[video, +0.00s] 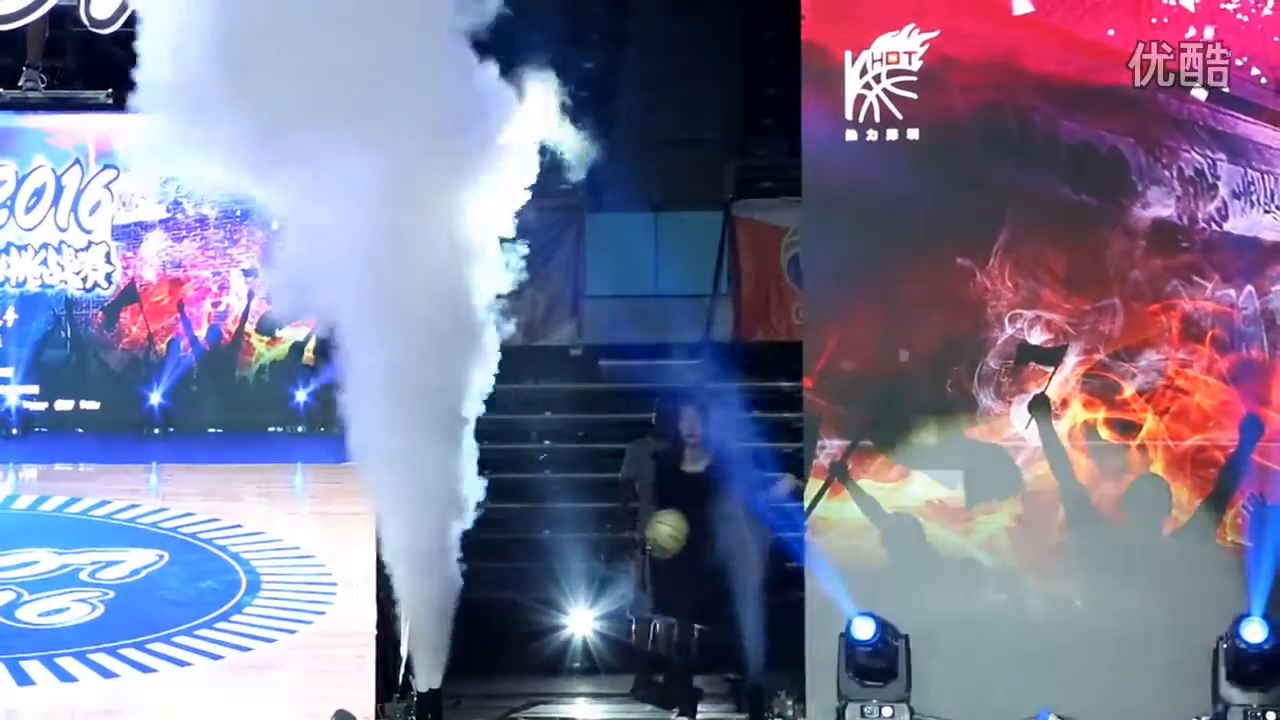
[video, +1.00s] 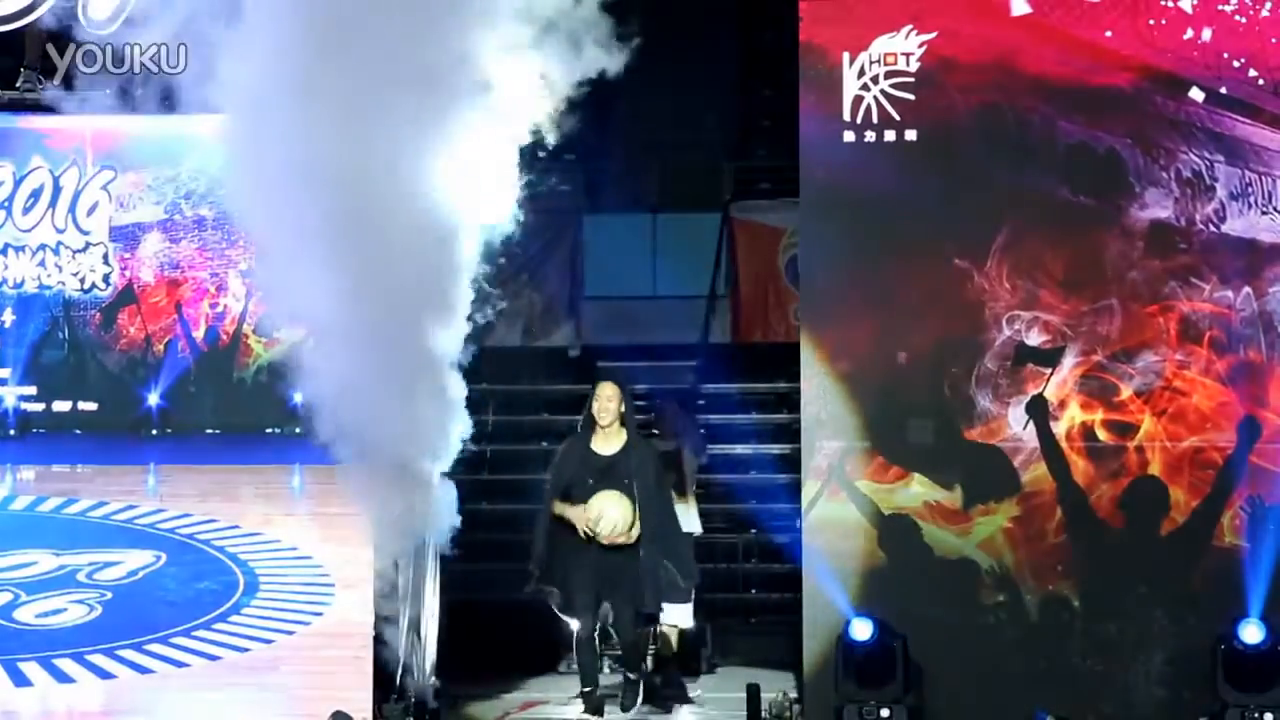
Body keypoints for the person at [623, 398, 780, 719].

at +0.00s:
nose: (691, 432)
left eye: (697, 425)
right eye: (685, 426)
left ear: (708, 427)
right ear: (677, 429)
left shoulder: (724, 467)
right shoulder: (664, 467)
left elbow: (752, 504)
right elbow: (651, 512)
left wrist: (775, 493)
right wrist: (652, 532)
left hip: (717, 560)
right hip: (674, 563)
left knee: (729, 629)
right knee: (676, 636)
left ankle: (746, 698)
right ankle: (683, 705)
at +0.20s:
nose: (665, 430)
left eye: (671, 423)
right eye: (661, 423)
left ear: (684, 426)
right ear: (654, 427)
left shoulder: (700, 465)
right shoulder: (645, 468)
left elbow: (717, 510)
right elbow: (634, 511)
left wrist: (725, 551)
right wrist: (634, 541)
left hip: (692, 554)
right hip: (655, 555)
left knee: (680, 624)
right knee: (663, 622)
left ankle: (675, 692)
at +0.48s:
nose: (642, 424)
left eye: (650, 418)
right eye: (639, 418)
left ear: (664, 424)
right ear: (634, 422)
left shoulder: (683, 464)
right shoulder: (618, 464)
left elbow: (698, 512)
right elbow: (601, 509)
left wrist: (680, 540)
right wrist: (605, 540)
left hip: (664, 557)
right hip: (624, 558)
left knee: (655, 628)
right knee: (620, 632)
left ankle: (642, 704)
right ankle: (659, 677)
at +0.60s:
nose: (634, 412)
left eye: (641, 406)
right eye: (630, 406)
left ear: (655, 412)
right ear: (624, 411)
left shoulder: (675, 454)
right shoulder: (609, 452)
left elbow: (691, 499)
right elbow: (591, 499)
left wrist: (673, 521)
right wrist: (593, 532)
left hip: (660, 550)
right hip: (619, 550)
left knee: (654, 624)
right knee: (613, 619)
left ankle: (644, 698)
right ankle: (623, 680)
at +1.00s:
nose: (603, 406)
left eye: (610, 400)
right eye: (598, 399)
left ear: (622, 406)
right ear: (591, 404)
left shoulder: (641, 449)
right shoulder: (573, 448)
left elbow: (655, 505)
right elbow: (552, 499)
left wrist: (634, 533)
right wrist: (571, 512)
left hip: (626, 550)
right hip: (582, 551)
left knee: (626, 626)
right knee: (584, 624)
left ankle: (632, 677)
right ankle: (589, 696)